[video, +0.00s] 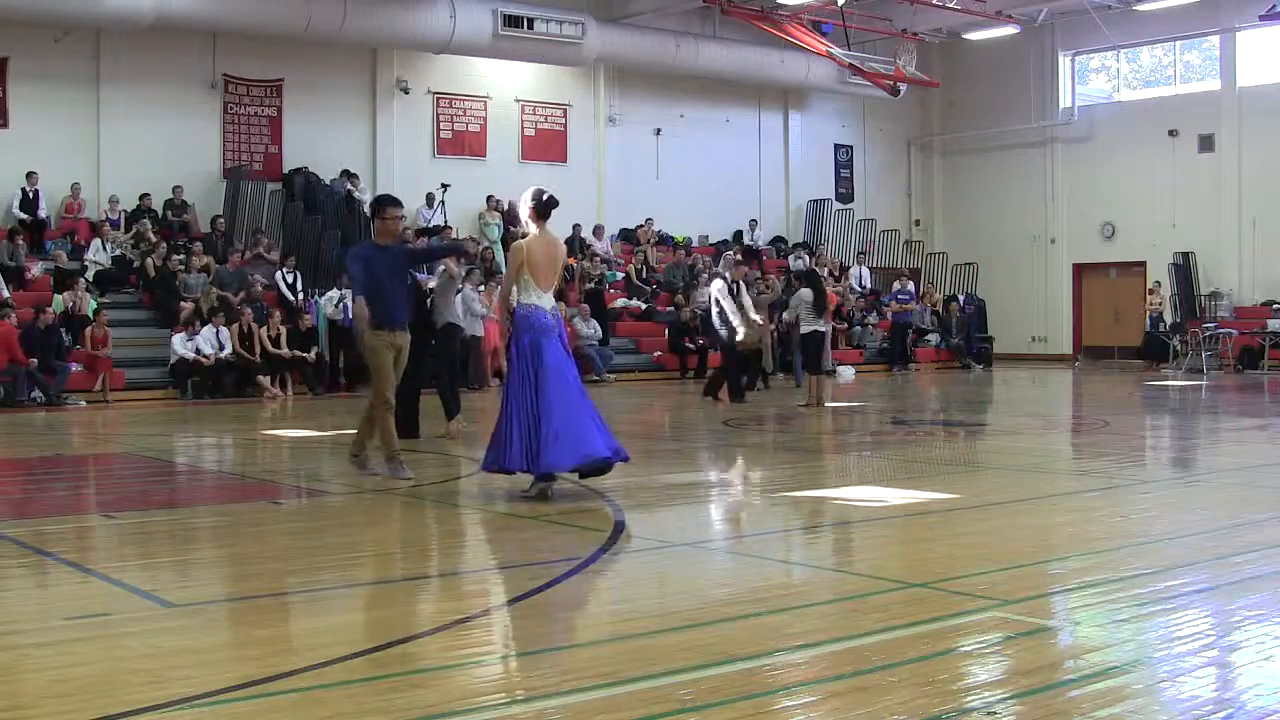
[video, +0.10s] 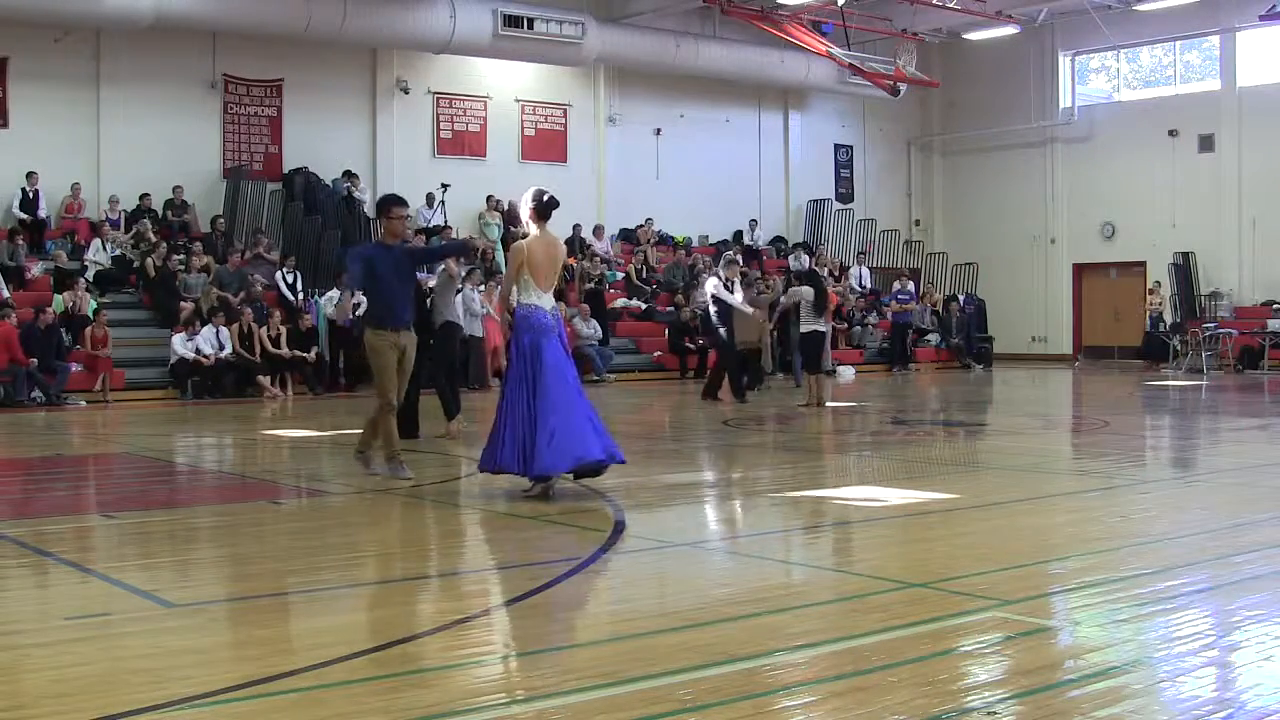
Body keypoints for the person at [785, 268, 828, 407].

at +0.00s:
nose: (801, 282)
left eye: (802, 279)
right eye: (802, 279)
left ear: (805, 279)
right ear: (817, 279)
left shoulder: (801, 293)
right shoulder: (822, 293)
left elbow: (792, 310)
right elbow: (822, 313)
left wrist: (789, 316)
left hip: (807, 331)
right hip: (820, 330)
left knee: (810, 367)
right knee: (818, 367)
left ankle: (811, 398)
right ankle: (820, 398)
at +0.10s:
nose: (800, 282)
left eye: (801, 279)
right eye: (800, 279)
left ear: (806, 279)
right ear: (817, 278)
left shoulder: (804, 291)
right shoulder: (822, 292)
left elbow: (786, 297)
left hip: (808, 331)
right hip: (820, 331)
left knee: (810, 368)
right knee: (817, 368)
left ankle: (811, 398)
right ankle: (820, 398)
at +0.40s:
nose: (807, 281)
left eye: (808, 279)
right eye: (807, 278)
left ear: (811, 281)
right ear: (822, 280)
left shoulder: (809, 292)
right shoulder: (828, 295)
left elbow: (804, 274)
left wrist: (799, 257)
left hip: (807, 330)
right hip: (821, 331)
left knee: (795, 359)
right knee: (820, 367)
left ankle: (795, 392)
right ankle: (821, 398)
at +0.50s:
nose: (808, 282)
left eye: (809, 280)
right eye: (809, 279)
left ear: (812, 281)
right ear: (824, 282)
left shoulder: (809, 292)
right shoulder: (828, 296)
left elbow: (805, 272)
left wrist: (808, 256)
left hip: (805, 330)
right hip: (820, 331)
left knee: (791, 360)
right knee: (820, 367)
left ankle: (794, 393)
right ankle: (821, 398)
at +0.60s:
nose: (808, 282)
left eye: (810, 279)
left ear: (812, 282)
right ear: (824, 282)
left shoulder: (808, 293)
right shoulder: (827, 297)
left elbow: (808, 273)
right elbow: (826, 316)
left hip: (804, 329)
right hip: (820, 331)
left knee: (790, 361)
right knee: (820, 367)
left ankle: (795, 392)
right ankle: (821, 398)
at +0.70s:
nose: (809, 283)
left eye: (811, 280)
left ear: (813, 283)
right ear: (825, 283)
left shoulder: (808, 294)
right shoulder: (826, 298)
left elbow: (808, 273)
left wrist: (813, 256)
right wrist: (821, 258)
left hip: (801, 330)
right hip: (818, 331)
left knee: (789, 360)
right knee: (820, 367)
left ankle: (795, 393)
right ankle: (821, 399)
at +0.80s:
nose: (810, 282)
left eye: (812, 280)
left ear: (813, 282)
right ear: (825, 283)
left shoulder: (808, 293)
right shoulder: (826, 297)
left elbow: (808, 273)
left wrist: (812, 256)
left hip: (802, 329)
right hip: (819, 330)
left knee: (791, 361)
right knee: (820, 367)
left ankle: (795, 395)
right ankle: (821, 399)